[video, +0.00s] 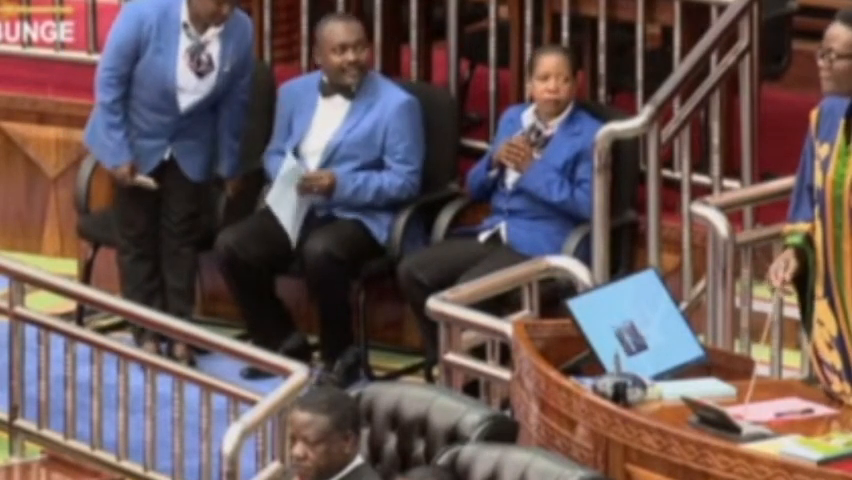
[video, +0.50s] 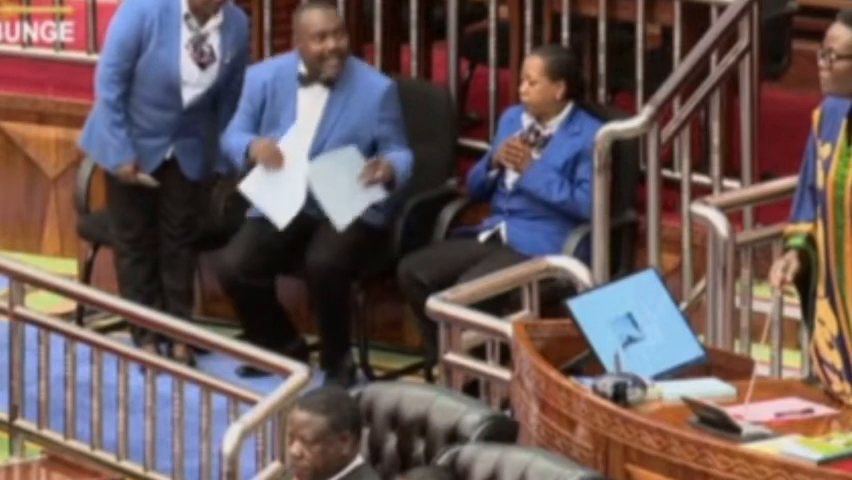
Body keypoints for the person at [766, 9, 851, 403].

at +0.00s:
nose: (825, 64)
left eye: (837, 56)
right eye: (822, 54)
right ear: (818, 58)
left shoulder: (833, 118)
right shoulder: (823, 117)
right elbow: (805, 195)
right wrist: (794, 247)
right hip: (828, 307)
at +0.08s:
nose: (824, 64)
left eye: (837, 56)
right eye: (822, 54)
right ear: (819, 58)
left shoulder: (833, 118)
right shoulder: (823, 116)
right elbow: (806, 195)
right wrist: (794, 247)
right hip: (828, 307)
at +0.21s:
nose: (825, 64)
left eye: (837, 56)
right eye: (823, 54)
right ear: (819, 57)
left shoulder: (834, 117)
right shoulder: (824, 115)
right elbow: (806, 193)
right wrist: (794, 247)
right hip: (828, 305)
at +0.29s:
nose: (825, 64)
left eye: (837, 56)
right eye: (822, 54)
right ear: (820, 58)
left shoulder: (835, 118)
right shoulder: (824, 116)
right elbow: (806, 193)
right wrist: (795, 248)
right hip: (828, 302)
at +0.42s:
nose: (825, 64)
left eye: (837, 56)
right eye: (823, 54)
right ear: (820, 58)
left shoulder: (834, 118)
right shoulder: (824, 116)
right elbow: (807, 193)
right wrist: (795, 248)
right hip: (829, 303)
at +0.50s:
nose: (825, 65)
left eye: (837, 56)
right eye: (823, 54)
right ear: (819, 58)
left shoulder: (835, 117)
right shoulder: (825, 116)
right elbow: (808, 191)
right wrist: (795, 248)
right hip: (828, 301)